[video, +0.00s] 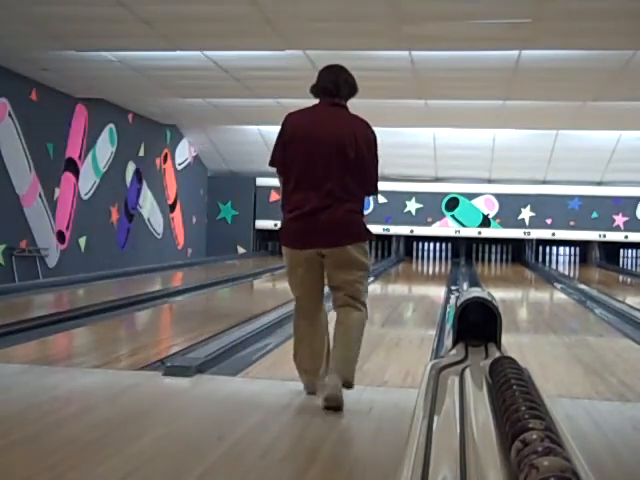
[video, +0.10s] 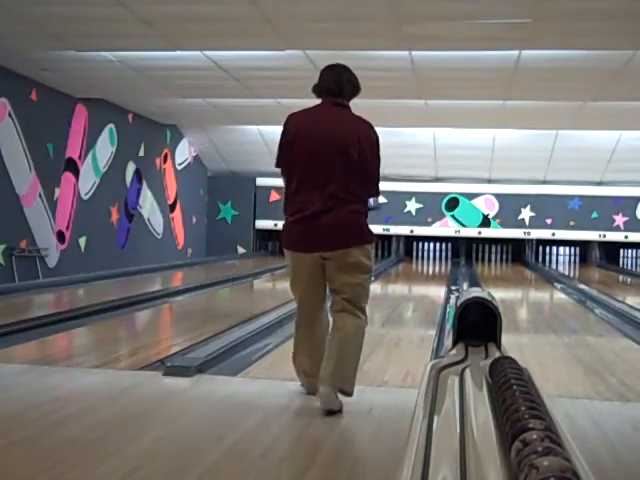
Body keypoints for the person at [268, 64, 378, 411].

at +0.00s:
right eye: (350, 92)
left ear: (317, 90)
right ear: (349, 94)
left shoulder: (293, 121)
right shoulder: (361, 129)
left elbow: (280, 167)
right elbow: (369, 185)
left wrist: (306, 186)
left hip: (298, 232)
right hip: (345, 232)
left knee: (307, 305)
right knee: (351, 302)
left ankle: (311, 380)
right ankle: (336, 377)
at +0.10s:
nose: (352, 97)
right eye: (353, 91)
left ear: (319, 89)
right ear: (351, 93)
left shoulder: (295, 122)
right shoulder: (364, 129)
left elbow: (284, 168)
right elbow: (371, 186)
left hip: (300, 234)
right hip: (349, 235)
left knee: (308, 307)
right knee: (349, 308)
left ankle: (310, 380)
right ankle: (331, 389)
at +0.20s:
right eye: (356, 87)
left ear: (320, 86)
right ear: (355, 90)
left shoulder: (297, 119)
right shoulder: (367, 127)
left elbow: (288, 166)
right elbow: (374, 183)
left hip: (301, 234)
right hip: (350, 236)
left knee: (307, 311)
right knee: (349, 313)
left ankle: (304, 380)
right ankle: (331, 397)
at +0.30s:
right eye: (358, 84)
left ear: (322, 81)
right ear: (357, 85)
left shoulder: (298, 114)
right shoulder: (370, 122)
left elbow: (291, 163)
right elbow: (375, 177)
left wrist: (326, 172)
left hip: (300, 230)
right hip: (351, 232)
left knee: (302, 315)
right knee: (348, 314)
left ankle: (300, 391)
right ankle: (331, 397)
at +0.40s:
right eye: (359, 77)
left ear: (322, 76)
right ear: (359, 81)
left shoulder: (298, 111)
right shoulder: (371, 118)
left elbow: (292, 161)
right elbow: (377, 177)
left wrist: (329, 160)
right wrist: (342, 162)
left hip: (299, 231)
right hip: (351, 233)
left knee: (298, 312)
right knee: (347, 316)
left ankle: (297, 396)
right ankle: (331, 400)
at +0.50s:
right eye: (360, 76)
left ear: (322, 74)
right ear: (358, 79)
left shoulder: (297, 110)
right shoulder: (370, 117)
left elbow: (290, 159)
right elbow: (378, 178)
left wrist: (330, 160)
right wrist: (341, 164)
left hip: (297, 232)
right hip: (350, 235)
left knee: (297, 308)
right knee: (347, 317)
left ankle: (297, 394)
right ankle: (331, 400)